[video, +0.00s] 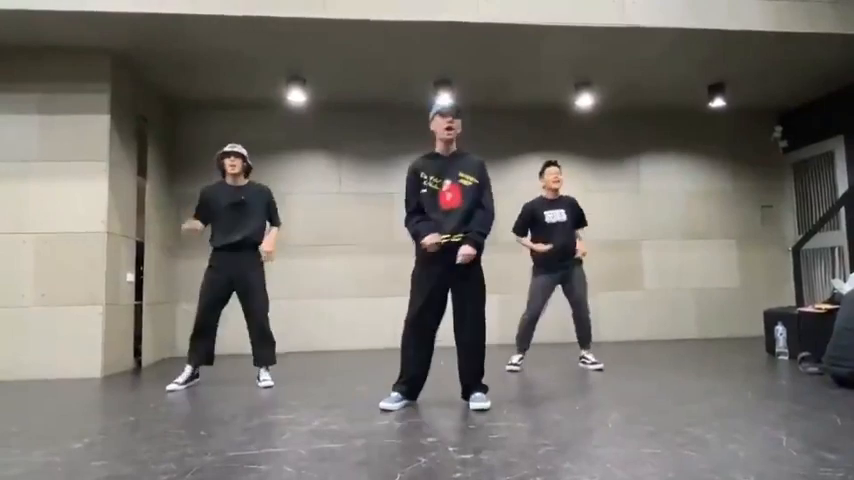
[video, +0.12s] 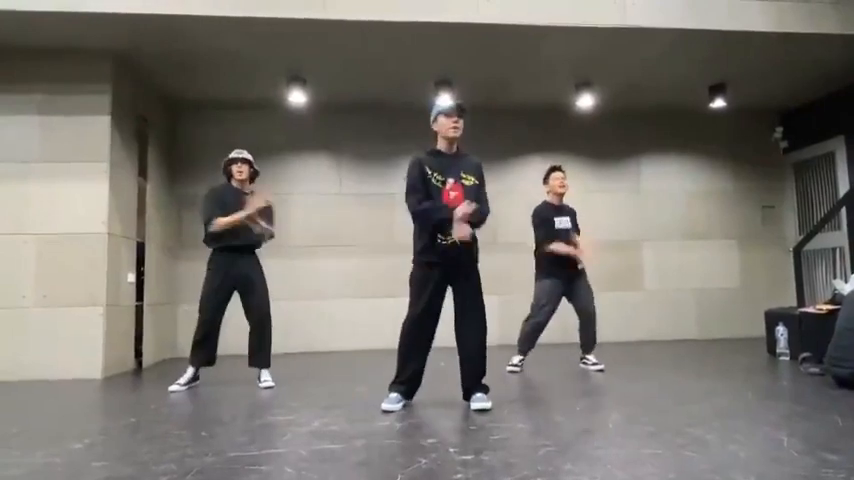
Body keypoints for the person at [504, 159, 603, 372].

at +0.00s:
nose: (556, 178)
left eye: (558, 175)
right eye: (551, 175)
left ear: (562, 179)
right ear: (542, 180)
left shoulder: (570, 203)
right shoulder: (532, 207)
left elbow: (577, 230)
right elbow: (518, 234)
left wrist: (580, 244)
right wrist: (532, 246)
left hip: (571, 266)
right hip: (545, 269)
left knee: (581, 308)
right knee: (532, 312)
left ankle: (585, 352)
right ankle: (519, 354)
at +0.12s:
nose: (562, 182)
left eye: (563, 179)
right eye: (557, 179)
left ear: (567, 184)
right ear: (547, 186)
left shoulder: (570, 212)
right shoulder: (541, 211)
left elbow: (574, 236)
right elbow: (546, 244)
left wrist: (579, 252)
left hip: (573, 271)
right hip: (550, 273)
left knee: (587, 311)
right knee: (540, 314)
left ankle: (587, 355)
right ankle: (520, 355)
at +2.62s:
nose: (546, 176)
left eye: (549, 172)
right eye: (541, 173)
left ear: (555, 175)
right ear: (535, 178)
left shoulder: (563, 199)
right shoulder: (537, 205)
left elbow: (571, 231)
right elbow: (536, 236)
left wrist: (569, 260)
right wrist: (529, 259)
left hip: (552, 262)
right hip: (532, 262)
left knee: (554, 307)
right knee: (534, 306)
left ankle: (565, 353)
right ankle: (546, 351)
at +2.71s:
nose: (547, 176)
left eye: (550, 172)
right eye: (542, 173)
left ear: (555, 175)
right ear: (536, 178)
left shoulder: (564, 200)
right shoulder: (538, 206)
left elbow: (578, 231)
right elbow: (537, 237)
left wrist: (570, 257)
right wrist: (529, 259)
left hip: (553, 262)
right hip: (533, 262)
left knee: (553, 305)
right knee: (534, 306)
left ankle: (566, 353)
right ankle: (547, 351)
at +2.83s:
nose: (549, 174)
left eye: (552, 170)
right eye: (544, 171)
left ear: (558, 173)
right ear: (538, 176)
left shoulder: (567, 196)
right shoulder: (542, 203)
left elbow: (589, 220)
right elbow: (539, 230)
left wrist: (573, 244)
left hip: (556, 259)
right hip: (536, 261)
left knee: (559, 304)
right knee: (534, 304)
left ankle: (568, 353)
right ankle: (547, 350)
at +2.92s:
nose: (549, 171)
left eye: (552, 167)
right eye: (545, 168)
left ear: (559, 171)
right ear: (539, 174)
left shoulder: (568, 194)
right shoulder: (543, 201)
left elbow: (591, 217)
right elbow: (531, 226)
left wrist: (577, 245)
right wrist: (519, 213)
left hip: (562, 258)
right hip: (540, 259)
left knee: (565, 305)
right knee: (525, 298)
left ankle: (570, 352)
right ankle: (542, 340)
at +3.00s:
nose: (549, 172)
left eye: (552, 167)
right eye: (545, 168)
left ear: (559, 170)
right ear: (539, 173)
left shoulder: (570, 194)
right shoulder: (542, 202)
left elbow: (593, 218)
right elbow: (539, 231)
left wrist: (579, 246)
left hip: (562, 258)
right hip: (541, 257)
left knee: (565, 305)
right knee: (517, 284)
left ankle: (570, 352)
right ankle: (540, 324)